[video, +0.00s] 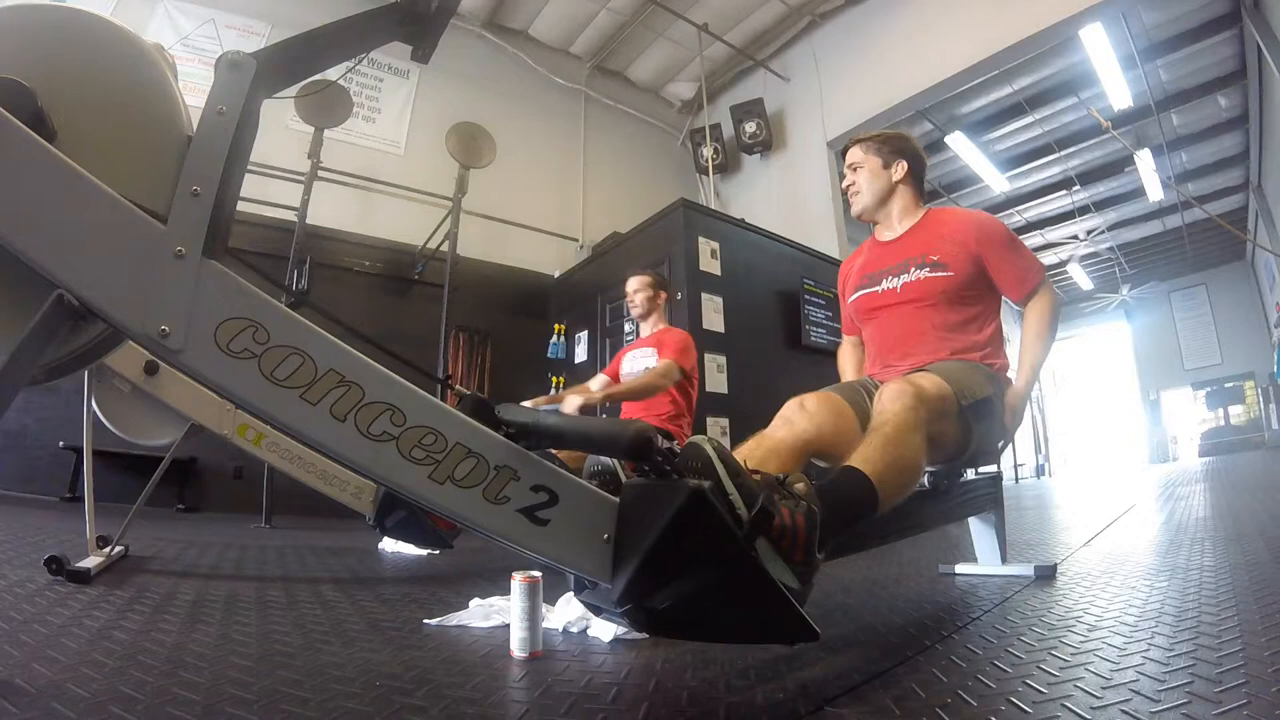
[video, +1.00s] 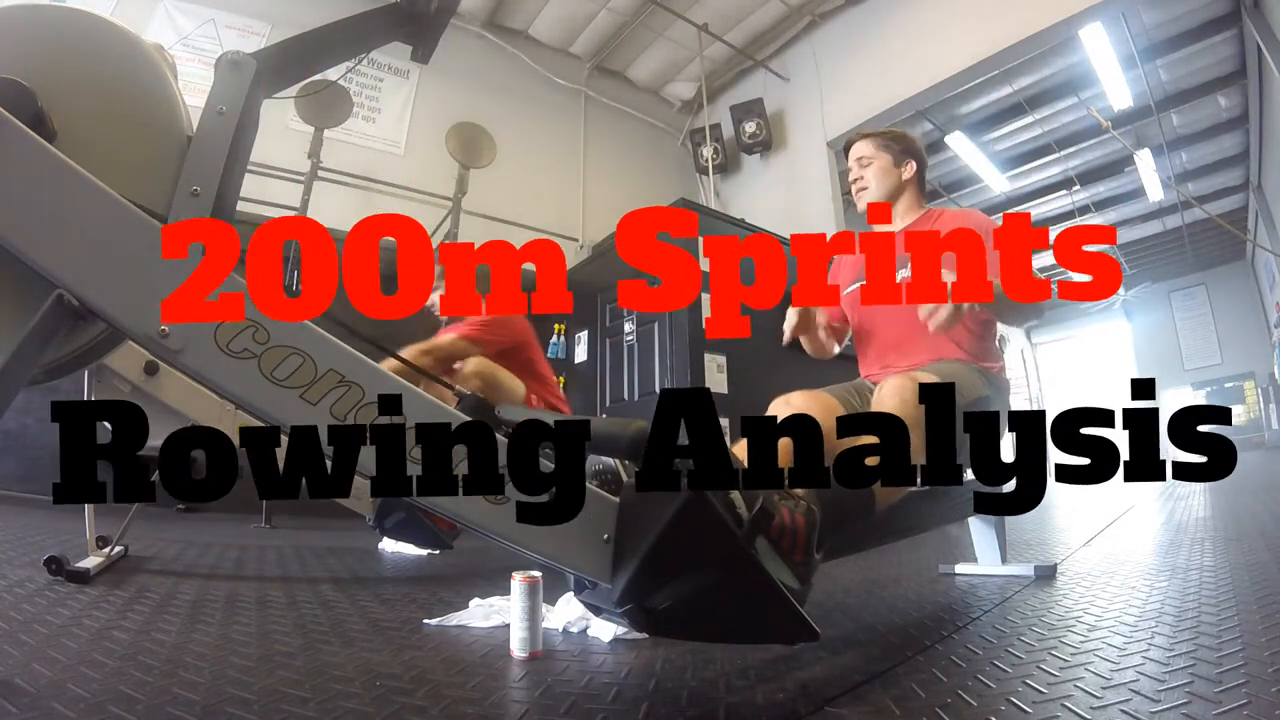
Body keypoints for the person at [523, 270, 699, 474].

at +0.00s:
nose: (630, 299)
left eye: (637, 292)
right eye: (628, 295)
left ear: (661, 298)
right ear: (627, 302)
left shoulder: (678, 338)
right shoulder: (627, 352)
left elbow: (661, 380)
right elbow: (591, 388)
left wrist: (600, 397)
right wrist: (542, 401)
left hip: (662, 439)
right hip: (623, 437)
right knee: (546, 459)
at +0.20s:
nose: (607, 299)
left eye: (614, 291)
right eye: (603, 294)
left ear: (637, 291)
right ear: (601, 298)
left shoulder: (658, 332)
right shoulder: (609, 340)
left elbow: (624, 368)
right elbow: (566, 377)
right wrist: (515, 399)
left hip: (660, 438)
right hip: (617, 436)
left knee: (636, 434)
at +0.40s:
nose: (569, 302)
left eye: (574, 293)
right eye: (565, 296)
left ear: (595, 291)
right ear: (562, 298)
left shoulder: (625, 326)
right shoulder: (571, 341)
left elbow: (578, 364)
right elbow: (528, 372)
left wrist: (510, 396)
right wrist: (478, 398)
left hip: (639, 435)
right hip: (599, 434)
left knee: (552, 412)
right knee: (545, 412)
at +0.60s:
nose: (520, 297)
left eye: (527, 287)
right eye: (517, 292)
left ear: (553, 283)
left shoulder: (588, 323)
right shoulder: (533, 338)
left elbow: (534, 360)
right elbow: (499, 365)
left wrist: (468, 391)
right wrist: (454, 385)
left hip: (609, 430)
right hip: (562, 429)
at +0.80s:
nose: (475, 302)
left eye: (481, 292)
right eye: (470, 294)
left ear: (505, 287)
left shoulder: (548, 322)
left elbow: (482, 359)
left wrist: (408, 390)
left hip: (578, 418)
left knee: (505, 380)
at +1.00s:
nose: (429, 301)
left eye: (438, 288)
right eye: (429, 292)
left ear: (463, 284)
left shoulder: (502, 318)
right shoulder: (453, 330)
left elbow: (428, 353)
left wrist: (374, 378)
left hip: (547, 413)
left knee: (476, 369)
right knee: (432, 372)